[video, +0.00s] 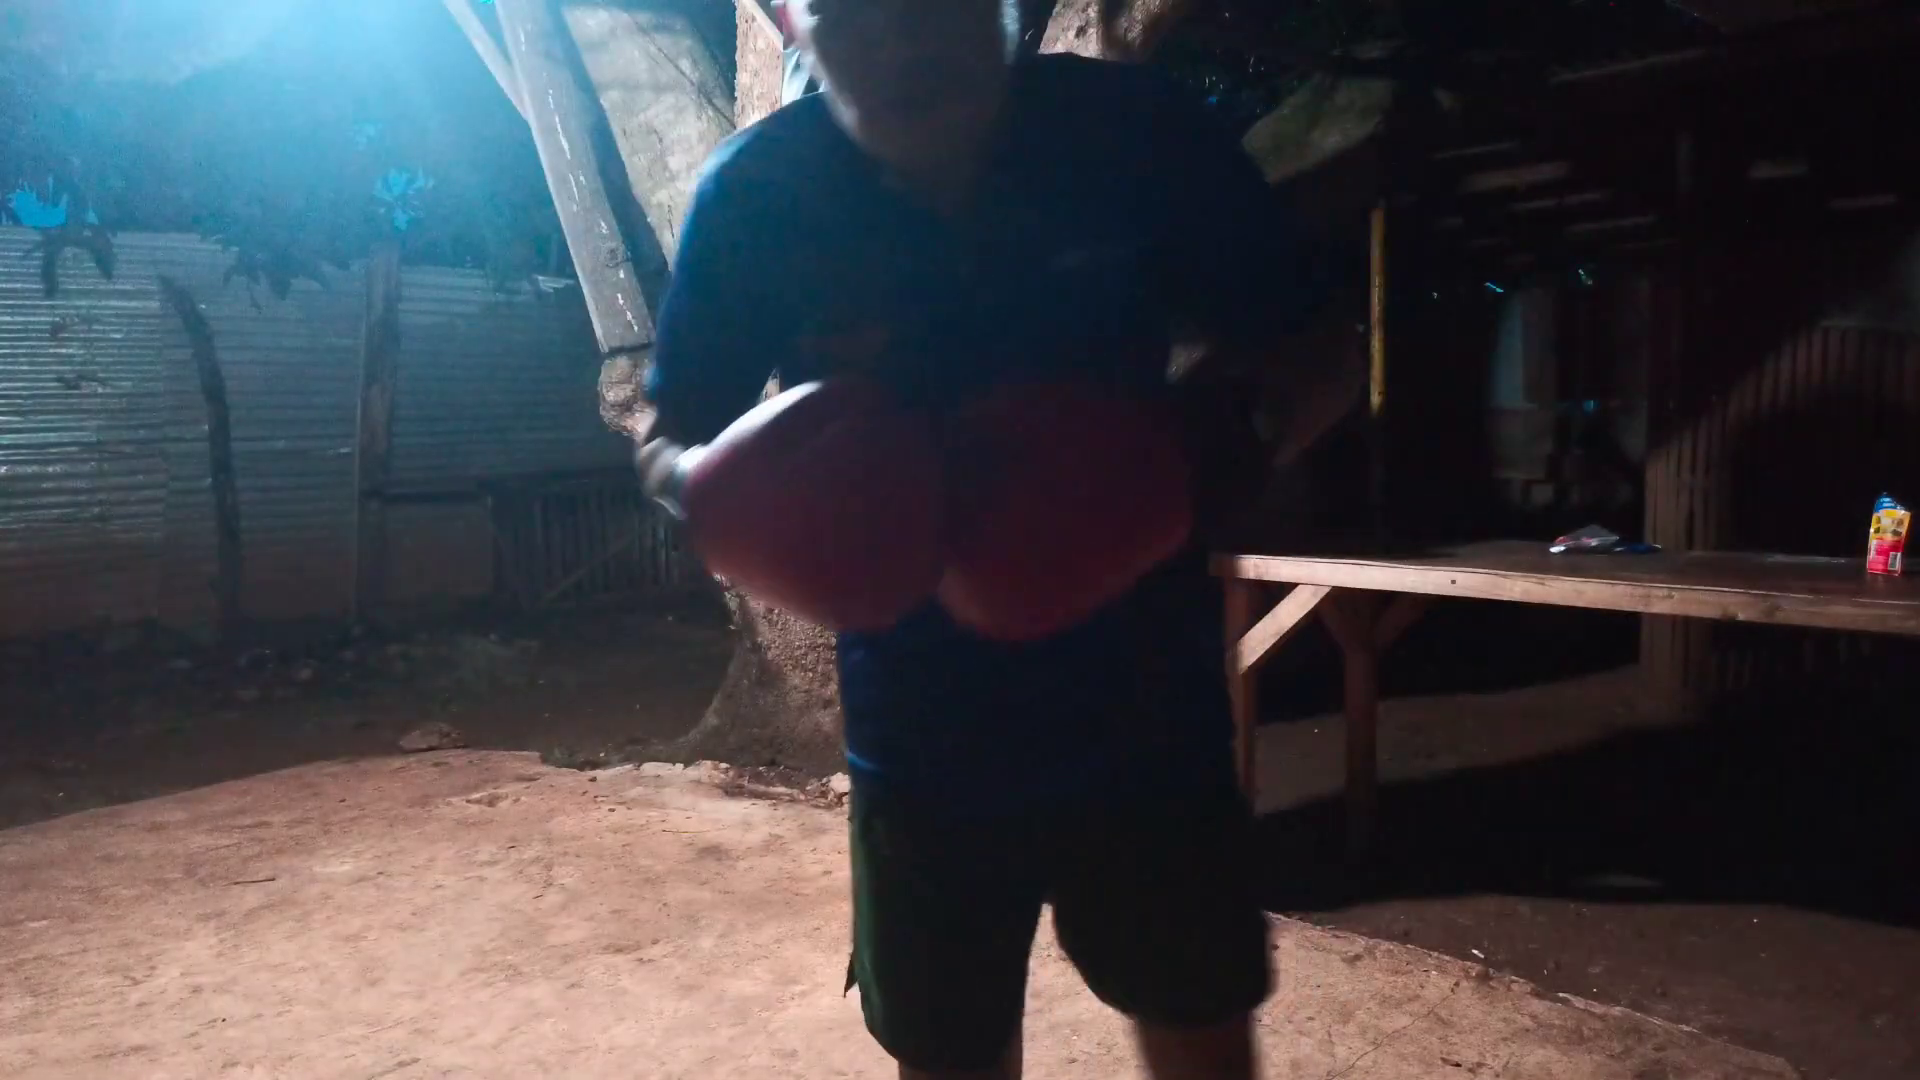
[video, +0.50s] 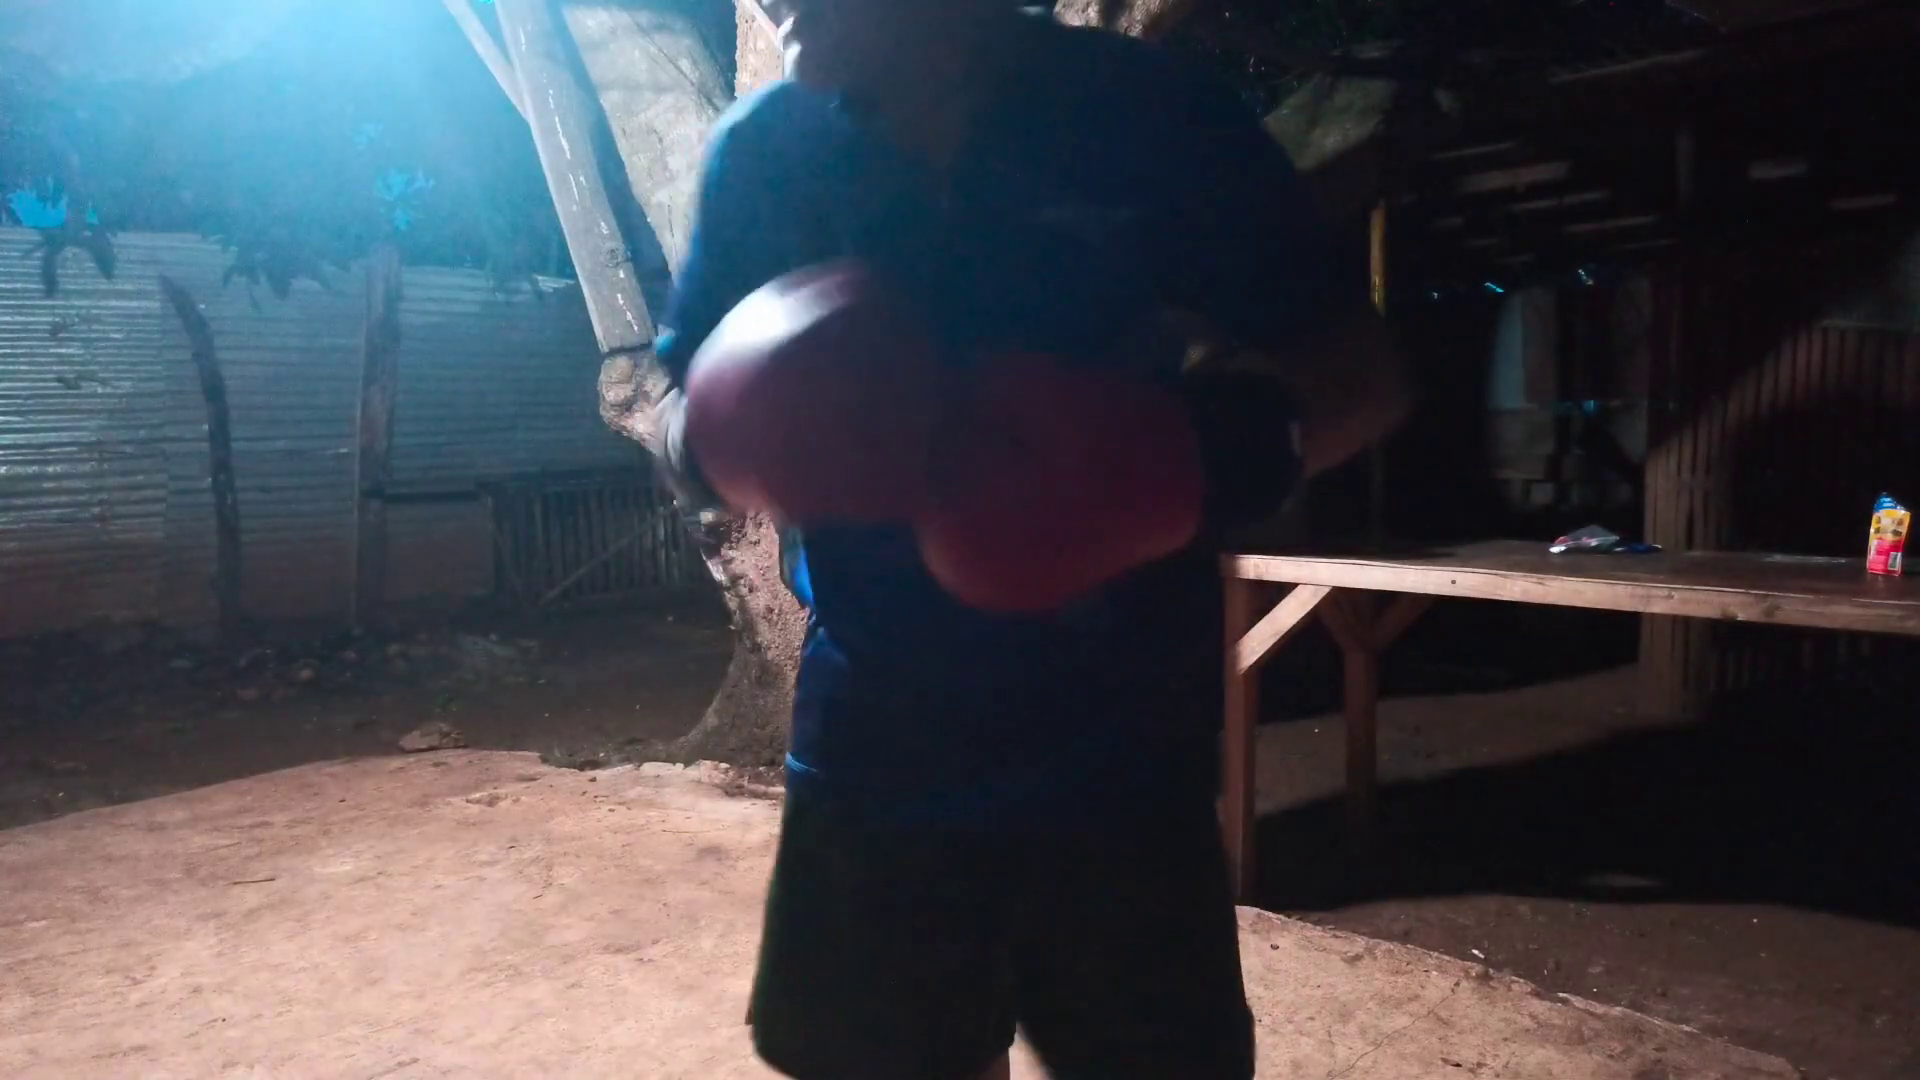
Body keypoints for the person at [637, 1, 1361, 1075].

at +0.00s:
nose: (910, 41)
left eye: (939, 13)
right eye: (865, 18)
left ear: (1000, 9)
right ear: (793, 27)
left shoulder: (1145, 129)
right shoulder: (756, 195)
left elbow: (1321, 344)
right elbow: (672, 439)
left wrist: (1213, 445)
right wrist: (729, 485)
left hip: (1144, 704)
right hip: (926, 735)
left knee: (1202, 1036)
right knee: (948, 1058)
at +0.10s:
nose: (876, 62)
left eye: (912, 30)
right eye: (832, 34)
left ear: (978, 14)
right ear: (776, 33)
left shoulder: (1127, 127)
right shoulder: (738, 195)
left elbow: (1322, 350)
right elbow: (660, 449)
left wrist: (1189, 458)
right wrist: (726, 495)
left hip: (1132, 704)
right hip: (912, 731)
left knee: (1177, 1044)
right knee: (942, 1056)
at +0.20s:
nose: (854, 56)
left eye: (889, 27)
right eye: (811, 32)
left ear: (961, 11)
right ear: (768, 32)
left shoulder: (1121, 121)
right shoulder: (731, 187)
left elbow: (1319, 343)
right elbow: (667, 447)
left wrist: (1177, 461)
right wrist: (729, 507)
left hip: (1122, 710)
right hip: (899, 730)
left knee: (1165, 1047)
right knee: (935, 1057)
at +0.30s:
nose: (831, 92)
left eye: (861, 56)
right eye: (799, 52)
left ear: (941, 13)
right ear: (767, 28)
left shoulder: (1122, 114)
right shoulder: (730, 176)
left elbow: (1324, 348)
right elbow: (661, 439)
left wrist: (1180, 460)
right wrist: (733, 498)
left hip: (1119, 744)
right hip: (889, 759)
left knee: (1161, 1056)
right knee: (915, 1060)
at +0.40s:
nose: (773, 21)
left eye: (813, 7)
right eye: (764, 6)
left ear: (940, 9)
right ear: (758, 14)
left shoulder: (1131, 112)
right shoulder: (737, 164)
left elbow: (1342, 357)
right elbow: (662, 425)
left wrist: (1194, 450)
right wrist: (720, 470)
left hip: (1125, 761)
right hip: (883, 770)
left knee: (1171, 1061)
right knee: (888, 1056)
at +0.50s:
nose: (785, 19)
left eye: (806, 4)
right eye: (781, 8)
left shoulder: (1161, 108)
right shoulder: (767, 148)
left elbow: (1361, 372)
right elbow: (678, 414)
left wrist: (1190, 450)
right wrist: (730, 428)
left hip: (1125, 766)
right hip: (879, 771)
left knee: (1167, 1059)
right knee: (859, 1056)